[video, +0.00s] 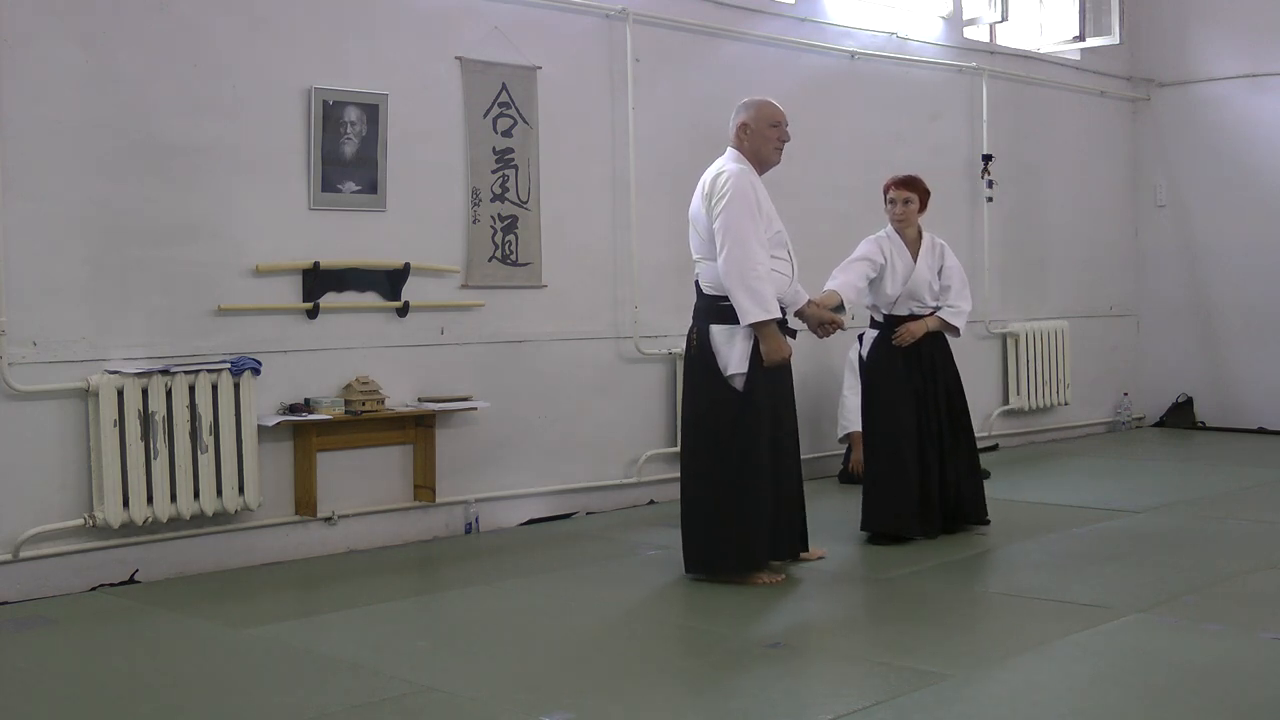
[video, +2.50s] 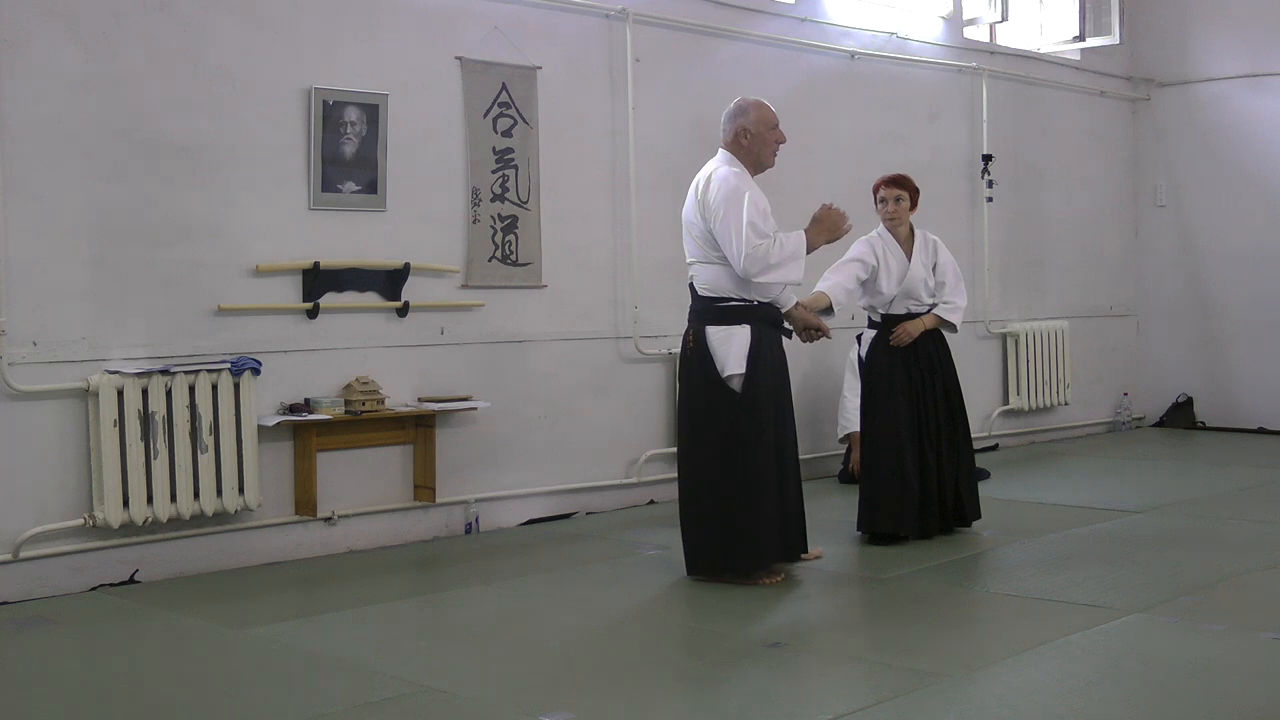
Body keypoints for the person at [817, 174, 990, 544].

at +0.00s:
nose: (898, 209)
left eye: (906, 202)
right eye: (891, 203)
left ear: (921, 207)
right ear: (885, 208)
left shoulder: (938, 250)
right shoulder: (877, 247)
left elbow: (958, 306)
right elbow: (850, 279)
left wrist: (924, 325)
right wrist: (822, 303)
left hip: (931, 346)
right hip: (888, 347)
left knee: (939, 427)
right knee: (895, 433)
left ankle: (945, 515)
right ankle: (895, 520)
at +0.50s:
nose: (898, 206)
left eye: (905, 199)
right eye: (891, 200)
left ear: (920, 203)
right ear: (884, 206)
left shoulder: (939, 246)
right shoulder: (876, 245)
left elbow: (959, 299)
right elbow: (848, 275)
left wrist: (925, 322)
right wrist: (820, 302)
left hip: (931, 344)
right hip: (889, 346)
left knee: (938, 427)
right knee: (892, 432)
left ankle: (940, 516)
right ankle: (890, 521)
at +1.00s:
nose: (894, 206)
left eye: (902, 199)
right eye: (887, 200)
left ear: (917, 204)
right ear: (880, 206)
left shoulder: (935, 246)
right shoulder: (873, 246)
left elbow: (956, 299)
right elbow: (844, 275)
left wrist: (923, 323)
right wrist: (812, 300)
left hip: (929, 344)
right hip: (887, 346)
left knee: (938, 427)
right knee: (892, 432)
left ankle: (943, 515)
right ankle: (893, 521)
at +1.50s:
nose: (892, 208)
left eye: (899, 200)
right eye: (884, 202)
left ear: (914, 204)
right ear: (878, 207)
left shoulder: (932, 246)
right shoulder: (871, 247)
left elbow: (954, 299)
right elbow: (843, 275)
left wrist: (922, 323)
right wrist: (810, 299)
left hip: (928, 344)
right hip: (886, 347)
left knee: (936, 427)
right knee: (891, 432)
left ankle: (940, 514)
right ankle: (892, 520)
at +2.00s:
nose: (890, 207)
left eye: (898, 200)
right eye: (883, 202)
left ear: (913, 205)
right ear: (877, 208)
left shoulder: (931, 246)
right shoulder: (870, 247)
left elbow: (954, 298)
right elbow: (840, 280)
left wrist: (921, 324)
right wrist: (806, 303)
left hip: (928, 344)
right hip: (886, 347)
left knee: (936, 428)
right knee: (891, 432)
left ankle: (941, 515)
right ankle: (892, 521)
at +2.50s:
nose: (890, 208)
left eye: (898, 200)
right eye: (883, 202)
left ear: (912, 206)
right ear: (876, 208)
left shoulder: (932, 246)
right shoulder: (869, 248)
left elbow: (954, 300)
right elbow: (840, 281)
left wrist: (920, 324)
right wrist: (806, 304)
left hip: (928, 345)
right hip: (886, 347)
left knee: (936, 428)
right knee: (891, 432)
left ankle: (940, 515)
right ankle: (893, 521)